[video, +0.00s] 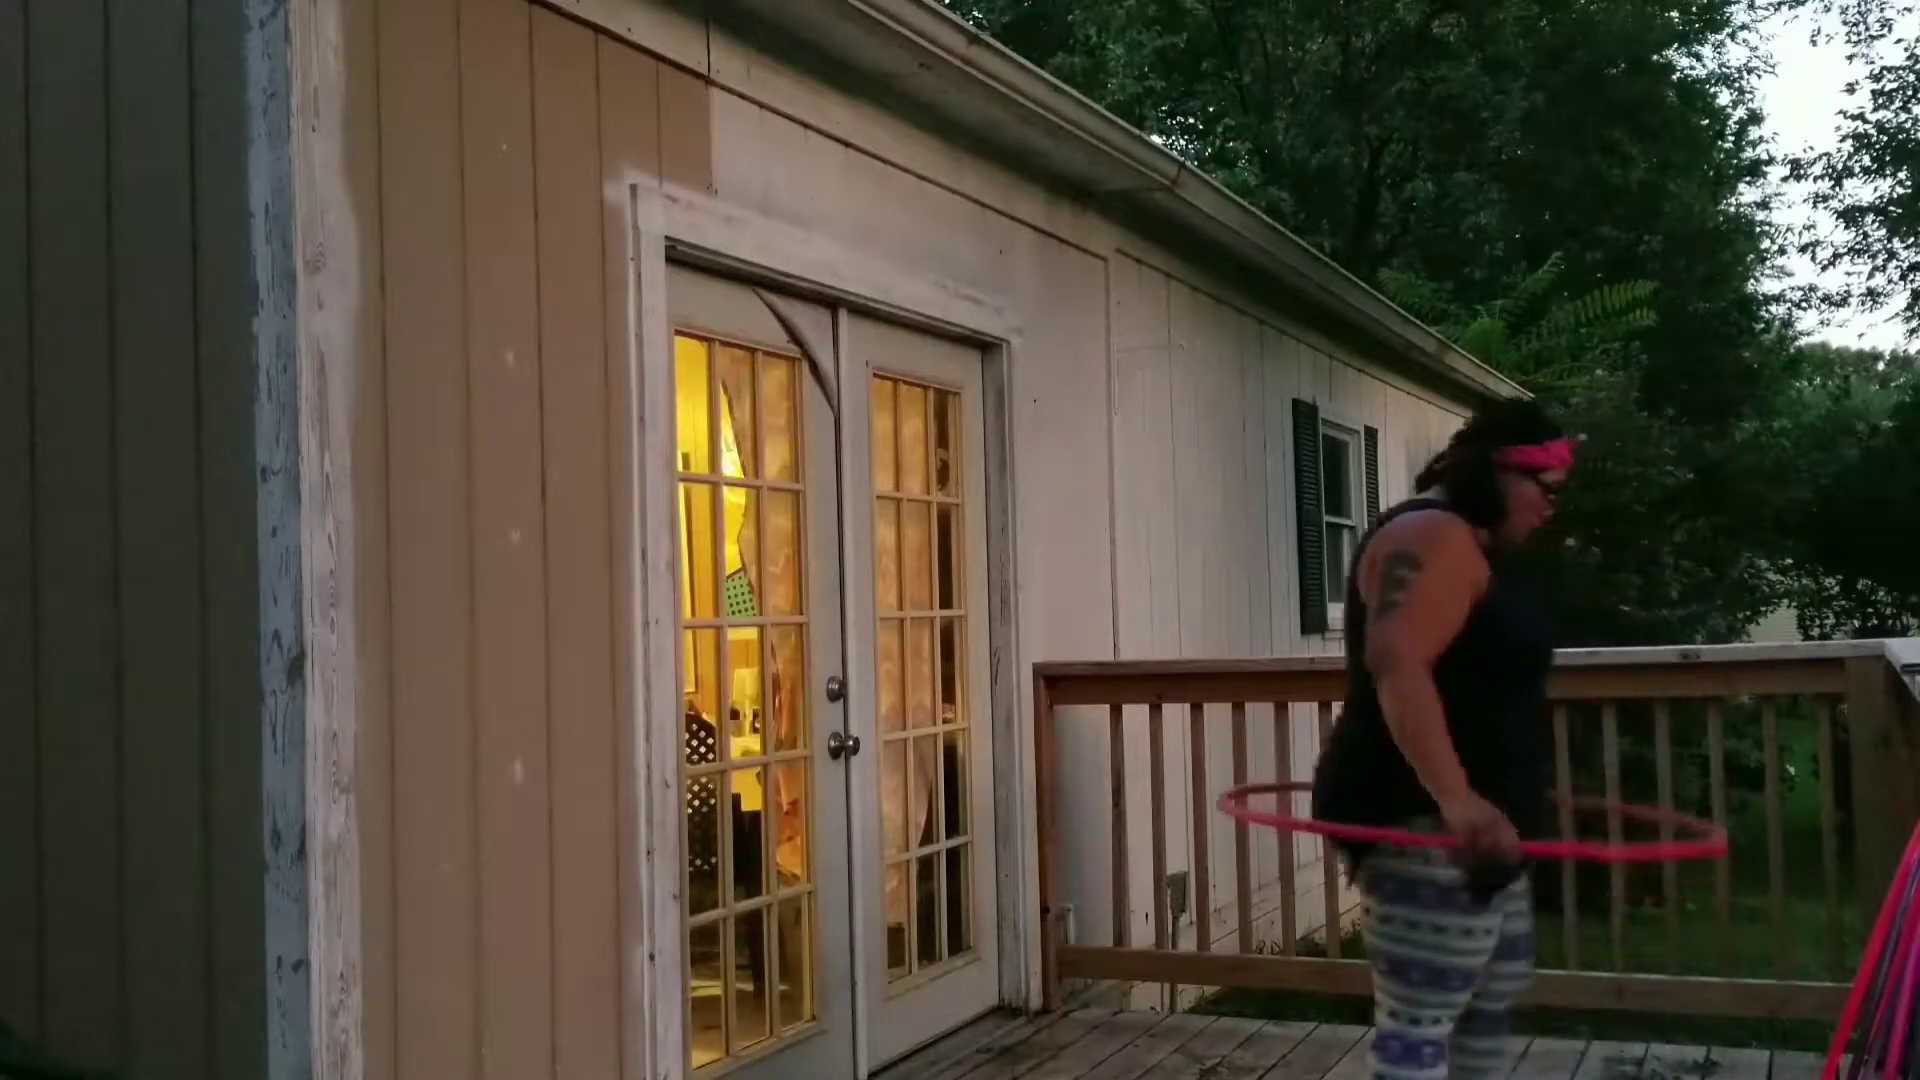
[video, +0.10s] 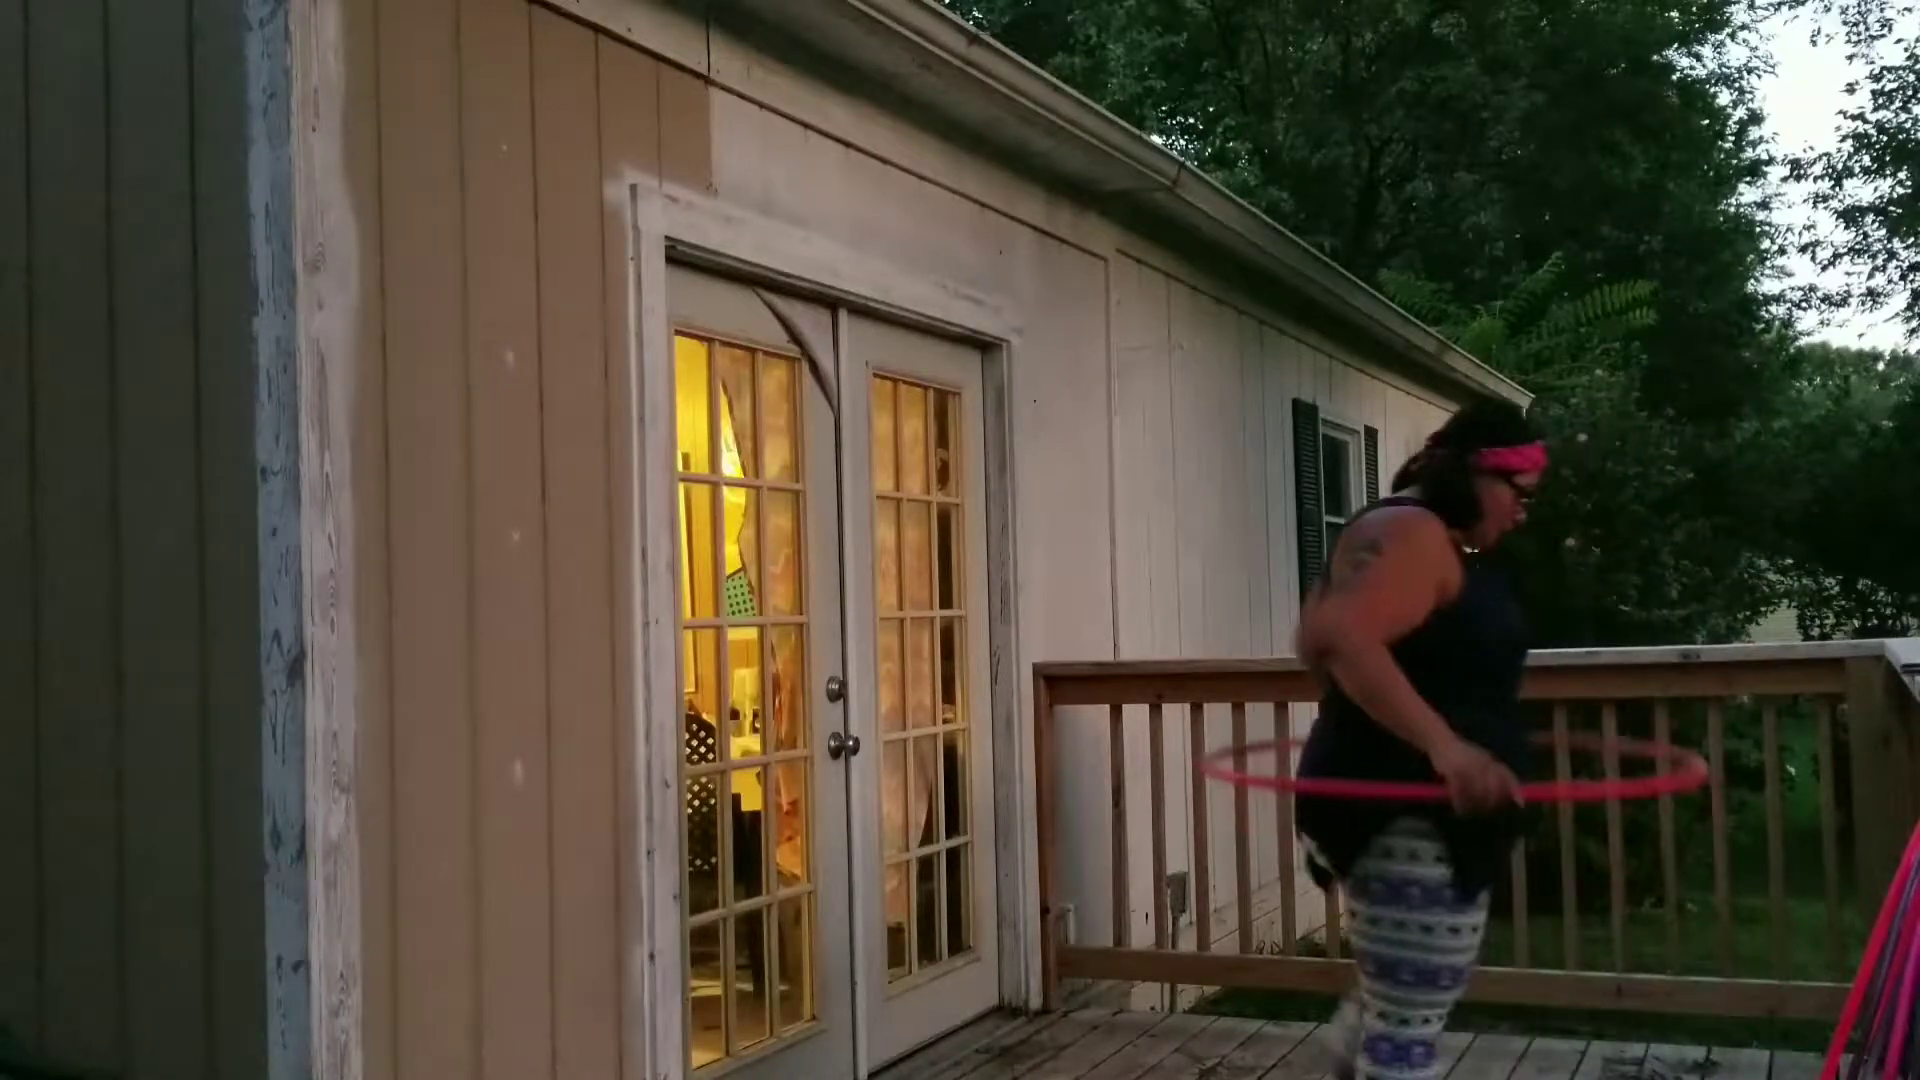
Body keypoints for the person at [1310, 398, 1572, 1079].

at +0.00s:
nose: (1550, 505)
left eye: (1555, 491)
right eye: (1543, 485)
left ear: (1491, 475)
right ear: (1493, 471)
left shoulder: (1474, 546)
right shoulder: (1432, 538)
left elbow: (1469, 686)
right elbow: (1395, 662)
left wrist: (1519, 796)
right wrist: (1454, 795)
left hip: (1489, 811)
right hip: (1417, 815)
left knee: (1498, 988)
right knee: (1422, 1019)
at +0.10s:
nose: (1524, 509)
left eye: (1529, 494)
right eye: (1518, 489)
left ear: (1458, 474)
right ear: (1470, 473)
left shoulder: (1388, 529)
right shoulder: (1418, 536)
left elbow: (1316, 640)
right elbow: (1347, 638)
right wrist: (1447, 746)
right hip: (1412, 818)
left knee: (1392, 998)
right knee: (1407, 1030)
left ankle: (1343, 1056)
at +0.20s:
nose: (1497, 510)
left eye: (1503, 496)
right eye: (1490, 490)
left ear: (1435, 475)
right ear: (1443, 473)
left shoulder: (1368, 527)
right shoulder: (1390, 532)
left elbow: (1278, 629)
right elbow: (1306, 616)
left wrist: (1372, 700)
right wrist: (1418, 702)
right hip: (1390, 809)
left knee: (1343, 989)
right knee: (1394, 1023)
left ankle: (1266, 1067)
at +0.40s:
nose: (1433, 521)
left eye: (1438, 506)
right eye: (1428, 501)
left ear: (1367, 482)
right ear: (1385, 485)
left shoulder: (1285, 539)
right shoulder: (1340, 550)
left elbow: (1232, 653)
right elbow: (1263, 654)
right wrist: (1351, 769)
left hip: (1274, 819)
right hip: (1343, 828)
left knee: (1270, 1000)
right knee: (1357, 1032)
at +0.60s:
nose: (1364, 529)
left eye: (1368, 516)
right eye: (1358, 511)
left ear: (1302, 498)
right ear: (1315, 497)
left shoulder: (1238, 557)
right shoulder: (1271, 561)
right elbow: (1231, 688)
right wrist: (1289, 830)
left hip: (1219, 836)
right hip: (1279, 845)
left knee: (1222, 1011)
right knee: (1322, 1034)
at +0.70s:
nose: (1331, 537)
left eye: (1335, 523)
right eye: (1324, 518)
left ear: (1272, 503)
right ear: (1282, 502)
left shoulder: (1219, 565)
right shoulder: (1237, 568)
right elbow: (1221, 722)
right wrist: (1266, 855)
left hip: (1198, 835)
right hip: (1241, 841)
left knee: (1201, 1024)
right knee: (1306, 1037)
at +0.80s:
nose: (1299, 544)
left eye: (1306, 530)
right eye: (1295, 525)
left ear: (1246, 507)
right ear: (1253, 506)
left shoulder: (1182, 571)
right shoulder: (1209, 577)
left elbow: (1156, 724)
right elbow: (1213, 725)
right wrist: (1241, 861)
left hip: (1173, 832)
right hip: (1215, 837)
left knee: (1199, 1018)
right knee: (1284, 1020)